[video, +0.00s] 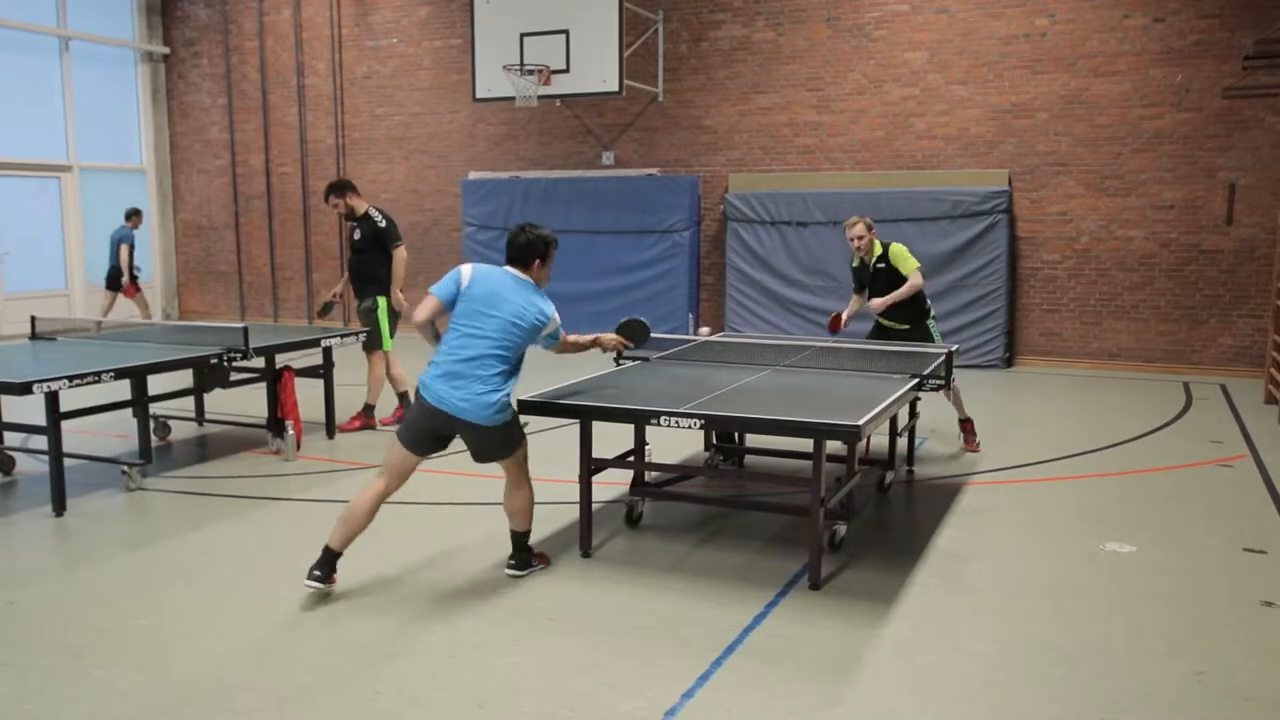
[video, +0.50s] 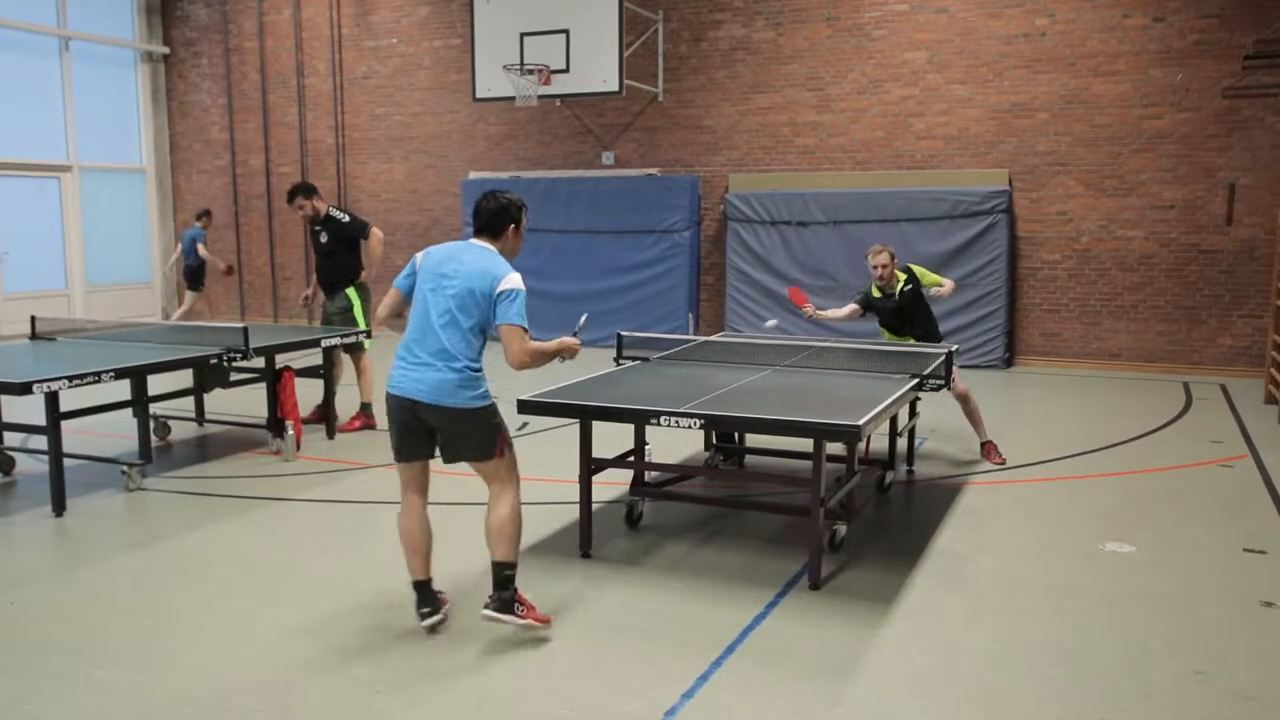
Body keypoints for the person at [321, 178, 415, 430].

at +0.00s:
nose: (337, 212)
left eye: (336, 205)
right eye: (334, 208)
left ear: (349, 196)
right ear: (345, 200)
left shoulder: (379, 219)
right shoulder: (355, 224)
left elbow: (400, 253)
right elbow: (357, 261)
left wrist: (395, 290)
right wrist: (342, 285)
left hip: (380, 296)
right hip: (366, 297)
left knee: (375, 353)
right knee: (384, 353)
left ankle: (368, 412)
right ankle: (407, 404)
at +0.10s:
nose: (329, 214)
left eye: (330, 208)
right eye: (326, 210)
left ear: (343, 199)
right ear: (338, 203)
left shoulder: (371, 220)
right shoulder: (347, 224)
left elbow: (396, 252)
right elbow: (353, 261)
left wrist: (390, 289)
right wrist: (337, 285)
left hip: (373, 297)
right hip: (357, 297)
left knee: (372, 353)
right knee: (359, 351)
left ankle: (368, 413)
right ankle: (397, 398)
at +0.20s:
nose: (323, 216)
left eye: (323, 210)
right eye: (319, 212)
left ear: (336, 201)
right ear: (330, 205)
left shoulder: (361, 218)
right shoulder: (340, 224)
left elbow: (392, 247)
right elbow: (345, 258)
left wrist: (382, 283)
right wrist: (333, 284)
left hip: (368, 297)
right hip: (350, 298)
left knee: (369, 352)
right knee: (344, 347)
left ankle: (368, 412)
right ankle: (380, 394)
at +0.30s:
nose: (316, 216)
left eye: (316, 210)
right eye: (312, 212)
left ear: (328, 201)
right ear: (321, 205)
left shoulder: (354, 218)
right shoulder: (332, 223)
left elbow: (387, 239)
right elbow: (339, 256)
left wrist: (376, 274)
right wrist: (329, 282)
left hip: (362, 295)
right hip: (344, 296)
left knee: (365, 352)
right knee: (337, 347)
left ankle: (368, 412)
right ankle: (355, 400)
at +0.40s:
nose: (308, 216)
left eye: (308, 209)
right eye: (304, 211)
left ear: (322, 200)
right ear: (315, 205)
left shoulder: (346, 217)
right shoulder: (325, 223)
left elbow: (383, 236)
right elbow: (335, 257)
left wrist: (375, 269)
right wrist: (325, 286)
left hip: (356, 293)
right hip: (338, 295)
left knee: (362, 354)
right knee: (335, 352)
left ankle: (367, 412)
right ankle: (331, 407)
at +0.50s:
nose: (301, 215)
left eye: (301, 208)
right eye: (297, 210)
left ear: (315, 200)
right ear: (303, 206)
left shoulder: (338, 218)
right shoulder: (315, 224)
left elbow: (375, 235)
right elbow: (321, 259)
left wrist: (371, 270)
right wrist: (312, 288)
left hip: (351, 293)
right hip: (331, 296)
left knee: (358, 353)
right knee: (331, 354)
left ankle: (367, 412)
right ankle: (327, 406)